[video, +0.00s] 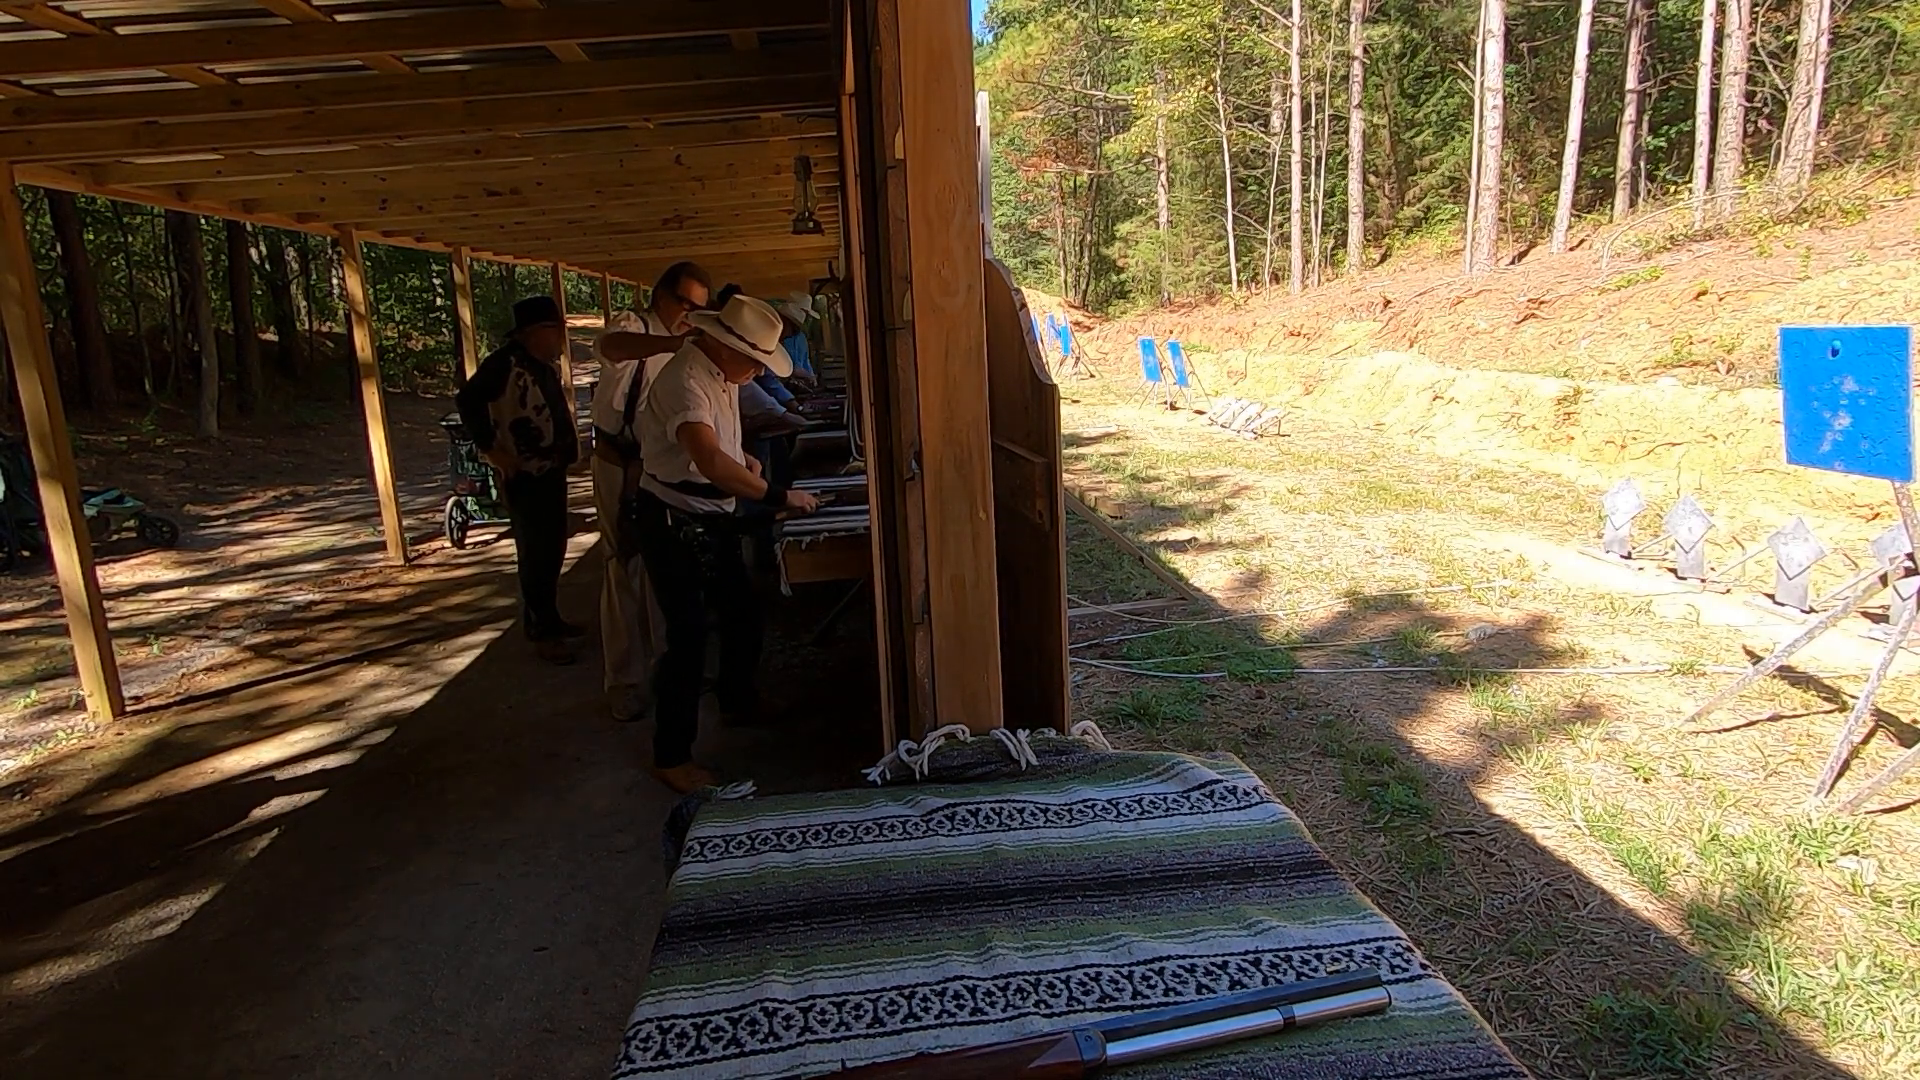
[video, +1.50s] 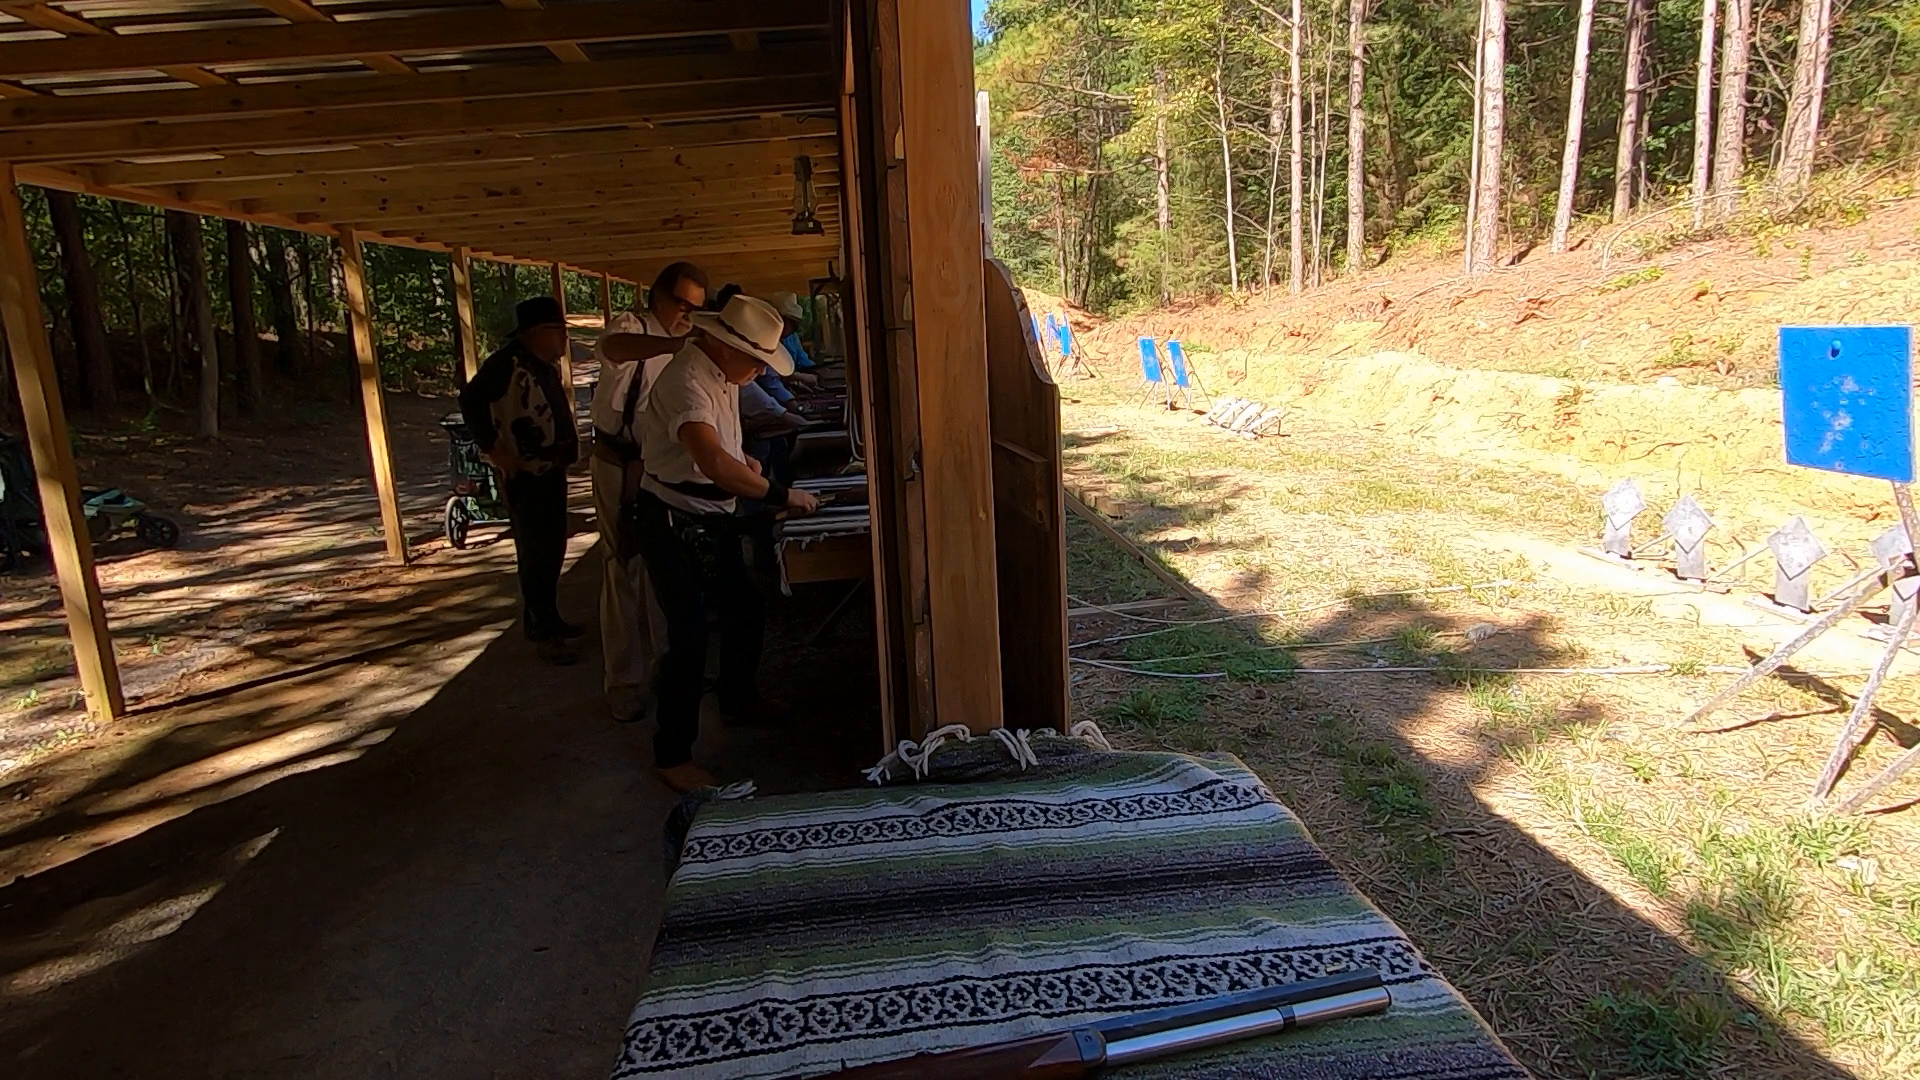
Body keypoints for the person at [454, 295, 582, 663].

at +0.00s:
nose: (562, 339)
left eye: (562, 331)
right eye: (556, 331)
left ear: (546, 334)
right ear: (533, 333)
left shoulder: (545, 366)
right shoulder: (505, 362)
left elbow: (551, 412)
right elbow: (468, 400)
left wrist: (567, 446)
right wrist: (489, 448)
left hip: (551, 473)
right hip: (524, 475)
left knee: (553, 549)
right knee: (536, 552)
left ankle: (549, 620)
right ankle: (540, 630)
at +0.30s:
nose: (562, 339)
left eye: (562, 331)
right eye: (556, 331)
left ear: (547, 333)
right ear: (533, 332)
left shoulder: (545, 366)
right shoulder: (506, 362)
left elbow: (552, 411)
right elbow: (469, 400)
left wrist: (567, 446)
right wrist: (491, 449)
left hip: (551, 472)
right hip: (525, 475)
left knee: (553, 549)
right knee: (536, 552)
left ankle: (549, 621)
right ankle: (541, 631)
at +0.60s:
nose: (564, 338)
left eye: (564, 331)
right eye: (558, 331)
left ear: (546, 333)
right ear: (535, 332)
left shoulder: (546, 365)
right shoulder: (507, 362)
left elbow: (552, 411)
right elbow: (470, 399)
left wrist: (565, 446)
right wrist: (493, 448)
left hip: (552, 472)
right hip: (525, 475)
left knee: (553, 549)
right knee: (536, 551)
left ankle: (548, 620)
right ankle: (541, 631)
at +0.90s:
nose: (565, 338)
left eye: (564, 330)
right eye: (559, 330)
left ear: (545, 332)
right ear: (537, 332)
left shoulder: (545, 365)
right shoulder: (507, 361)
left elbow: (552, 412)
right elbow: (471, 399)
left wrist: (565, 448)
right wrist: (493, 448)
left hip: (551, 473)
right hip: (526, 475)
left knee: (553, 549)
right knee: (536, 552)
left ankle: (549, 620)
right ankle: (541, 631)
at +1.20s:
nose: (565, 337)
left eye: (565, 329)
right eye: (559, 329)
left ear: (546, 332)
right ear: (537, 332)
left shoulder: (547, 366)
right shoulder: (507, 361)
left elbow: (553, 412)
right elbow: (471, 399)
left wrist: (566, 448)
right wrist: (493, 448)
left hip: (552, 472)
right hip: (525, 475)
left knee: (553, 549)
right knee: (536, 552)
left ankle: (549, 621)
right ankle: (541, 631)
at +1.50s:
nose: (565, 338)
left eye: (565, 331)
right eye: (559, 331)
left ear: (545, 333)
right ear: (537, 332)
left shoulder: (545, 365)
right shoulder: (507, 362)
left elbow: (551, 411)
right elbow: (471, 399)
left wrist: (566, 447)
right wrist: (492, 447)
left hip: (551, 472)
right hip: (525, 475)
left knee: (552, 549)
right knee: (536, 552)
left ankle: (549, 620)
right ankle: (541, 632)